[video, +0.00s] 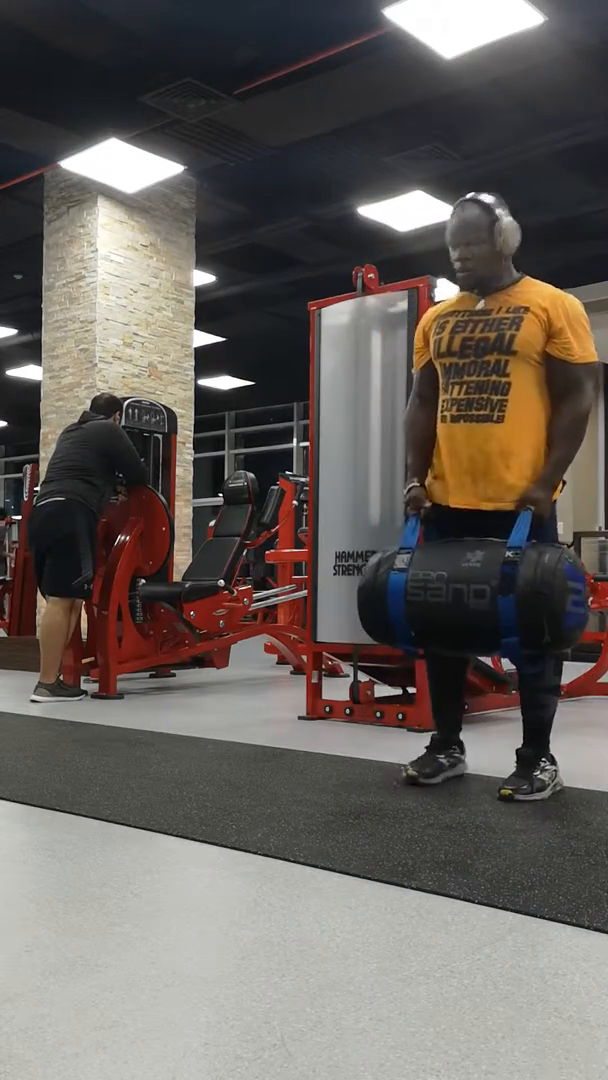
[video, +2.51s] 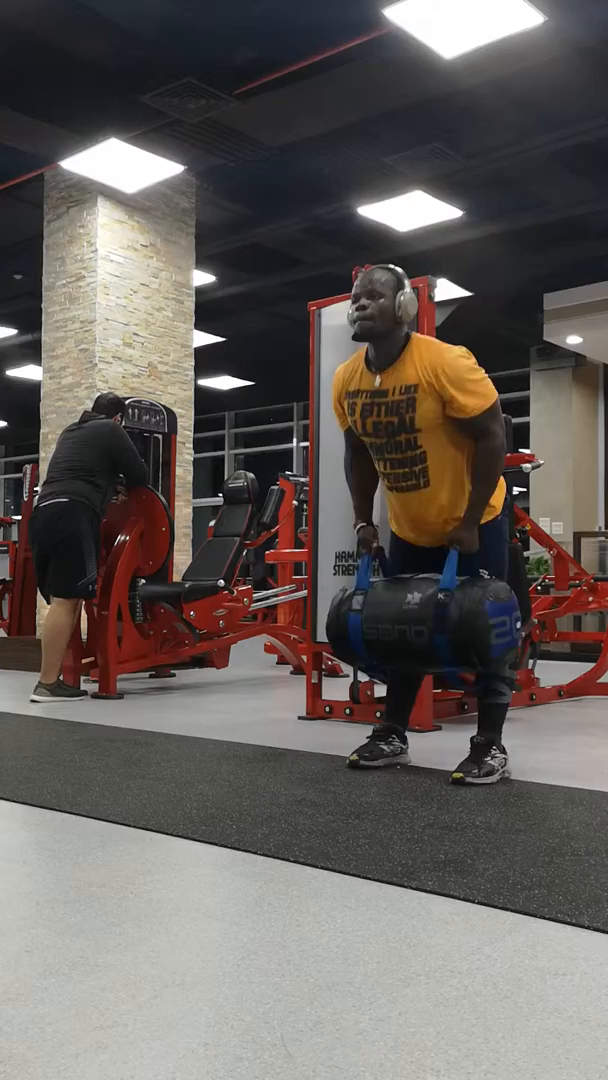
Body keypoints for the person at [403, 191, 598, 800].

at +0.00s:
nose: (460, 259)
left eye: (471, 247)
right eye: (454, 249)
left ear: (506, 244)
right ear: (449, 248)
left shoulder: (553, 307)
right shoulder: (435, 320)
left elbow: (576, 402)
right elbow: (422, 403)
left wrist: (547, 483)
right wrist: (414, 475)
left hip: (522, 503)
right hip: (447, 503)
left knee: (533, 625)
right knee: (440, 620)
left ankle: (535, 758)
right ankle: (445, 744)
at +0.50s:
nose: (396, 298)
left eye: (401, 286)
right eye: (395, 288)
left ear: (431, 276)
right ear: (425, 283)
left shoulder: (497, 320)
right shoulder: (402, 354)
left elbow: (520, 401)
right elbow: (393, 428)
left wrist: (495, 482)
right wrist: (387, 492)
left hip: (487, 506)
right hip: (416, 512)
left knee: (509, 622)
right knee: (416, 624)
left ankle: (529, 754)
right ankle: (430, 742)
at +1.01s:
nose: (441, 270)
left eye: (453, 260)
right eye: (436, 262)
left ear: (485, 264)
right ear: (432, 271)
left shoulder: (515, 326)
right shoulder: (416, 338)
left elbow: (525, 416)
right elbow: (398, 415)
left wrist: (488, 494)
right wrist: (387, 484)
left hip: (484, 505)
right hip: (417, 505)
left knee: (485, 620)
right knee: (419, 619)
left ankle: (486, 745)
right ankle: (429, 740)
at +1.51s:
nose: (416, 274)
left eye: (428, 264)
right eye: (410, 267)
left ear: (459, 271)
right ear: (403, 279)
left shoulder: (492, 334)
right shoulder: (390, 352)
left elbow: (511, 418)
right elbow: (379, 431)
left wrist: (489, 497)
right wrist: (376, 500)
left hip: (473, 513)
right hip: (404, 514)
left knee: (484, 620)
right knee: (394, 616)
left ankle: (487, 745)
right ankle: (390, 731)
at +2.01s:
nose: (387, 282)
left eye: (400, 273)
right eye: (383, 276)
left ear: (430, 282)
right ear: (378, 290)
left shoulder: (459, 338)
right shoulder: (365, 358)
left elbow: (477, 418)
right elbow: (354, 436)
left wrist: (452, 496)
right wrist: (349, 502)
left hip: (446, 513)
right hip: (377, 517)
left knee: (464, 620)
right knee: (377, 621)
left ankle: (485, 744)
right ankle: (387, 733)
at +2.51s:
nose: (357, 304)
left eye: (371, 296)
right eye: (354, 298)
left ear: (405, 305)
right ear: (352, 312)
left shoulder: (446, 363)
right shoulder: (347, 381)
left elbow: (495, 435)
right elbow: (359, 452)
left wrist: (471, 518)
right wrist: (363, 521)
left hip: (476, 516)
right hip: (410, 520)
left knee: (488, 622)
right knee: (402, 622)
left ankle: (488, 745)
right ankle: (391, 733)